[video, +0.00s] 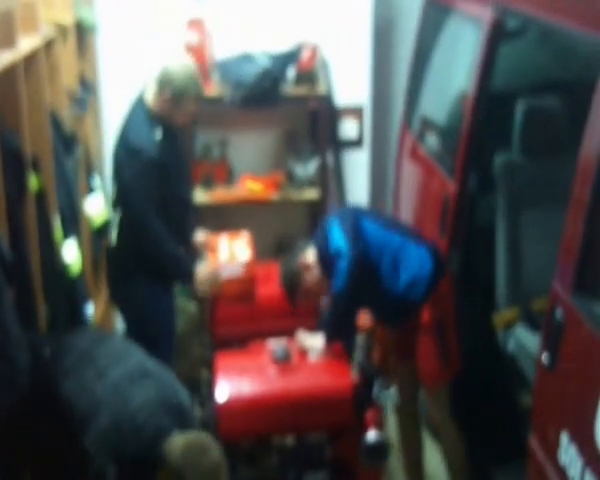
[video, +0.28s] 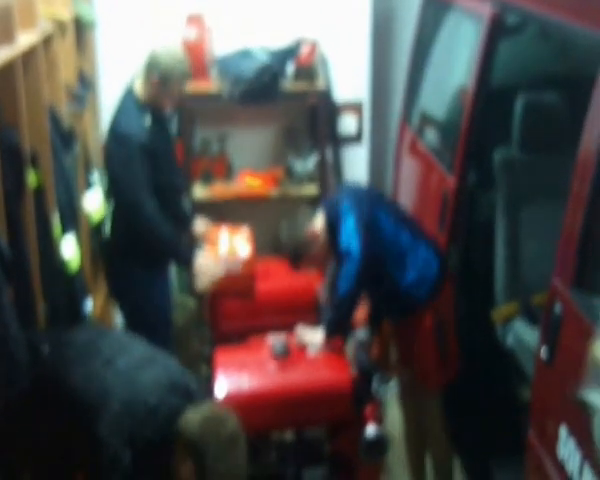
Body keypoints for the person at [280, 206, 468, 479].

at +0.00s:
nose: (320, 295)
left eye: (312, 289)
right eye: (312, 294)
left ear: (307, 265)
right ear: (308, 263)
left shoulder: (339, 225)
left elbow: (344, 284)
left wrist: (326, 334)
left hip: (430, 293)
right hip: (399, 311)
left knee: (436, 406)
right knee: (404, 403)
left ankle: (460, 472)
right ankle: (413, 473)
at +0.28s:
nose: (320, 264)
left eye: (315, 260)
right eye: (314, 264)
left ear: (312, 239)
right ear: (312, 238)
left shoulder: (349, 205)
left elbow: (355, 264)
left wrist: (330, 329)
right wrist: (374, 335)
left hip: (428, 297)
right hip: (402, 305)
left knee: (430, 397)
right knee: (410, 397)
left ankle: (443, 471)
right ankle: (416, 472)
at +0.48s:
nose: (323, 249)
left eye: (318, 243)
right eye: (316, 248)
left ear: (318, 219)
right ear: (317, 217)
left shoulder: (359, 191)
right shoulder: (346, 209)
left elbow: (363, 262)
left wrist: (330, 327)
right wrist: (333, 328)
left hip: (427, 296)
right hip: (409, 300)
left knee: (425, 399)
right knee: (418, 397)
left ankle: (432, 470)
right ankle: (424, 469)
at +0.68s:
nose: (337, 228)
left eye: (333, 221)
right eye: (330, 226)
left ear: (340, 194)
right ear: (341, 191)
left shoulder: (380, 185)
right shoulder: (366, 186)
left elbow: (371, 266)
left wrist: (329, 318)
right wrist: (332, 313)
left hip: (433, 308)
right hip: (413, 307)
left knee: (435, 403)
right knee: (418, 402)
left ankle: (439, 472)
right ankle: (419, 472)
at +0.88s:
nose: (345, 220)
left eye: (344, 213)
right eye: (339, 219)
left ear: (351, 182)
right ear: (350, 179)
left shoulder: (390, 178)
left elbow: (374, 262)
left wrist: (328, 310)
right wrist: (388, 284)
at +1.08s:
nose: (355, 207)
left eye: (354, 199)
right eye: (348, 205)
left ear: (360, 171)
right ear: (359, 168)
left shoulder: (398, 169)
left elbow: (376, 250)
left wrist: (330, 300)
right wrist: (390, 271)